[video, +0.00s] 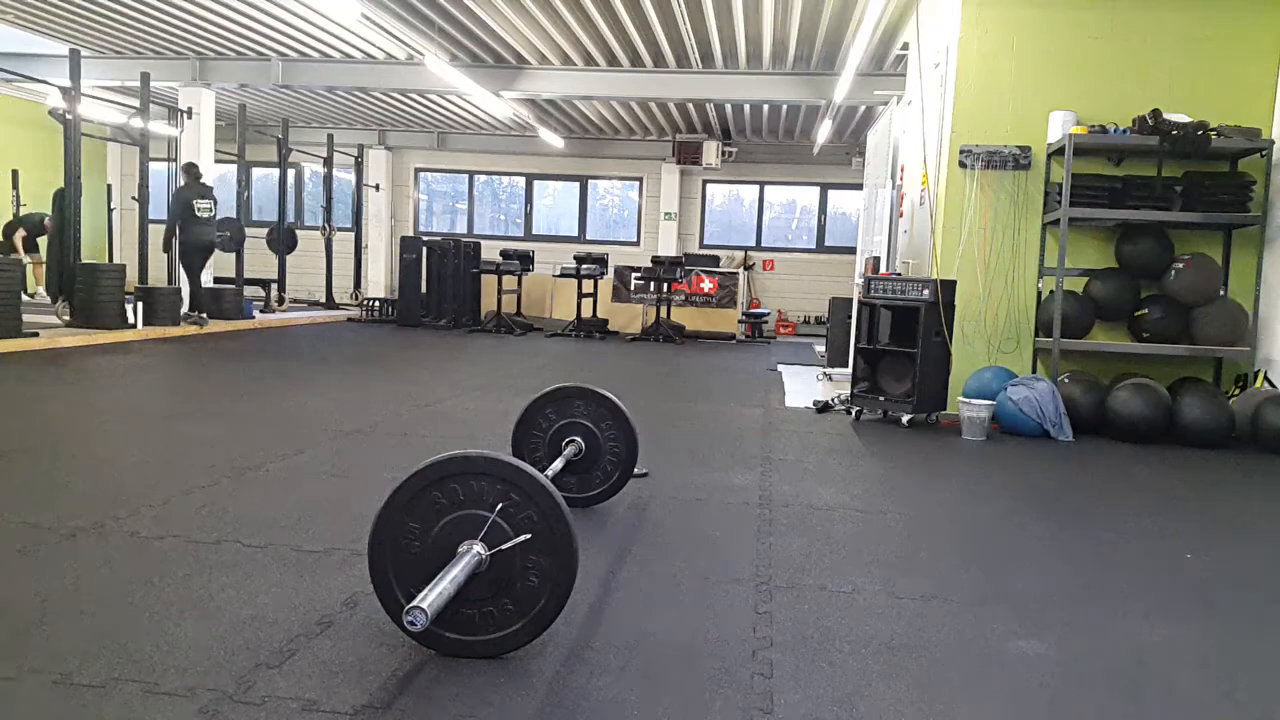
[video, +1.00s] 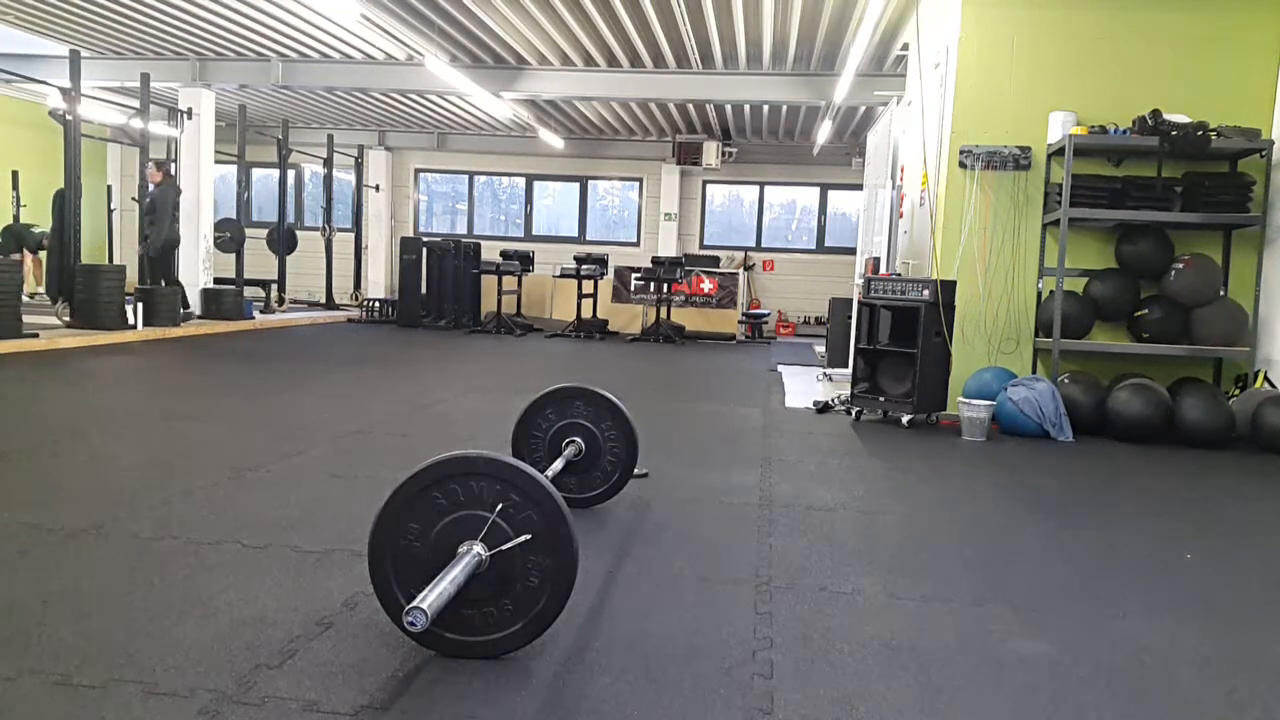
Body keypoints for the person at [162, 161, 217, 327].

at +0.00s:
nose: (182, 177)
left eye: (183, 174)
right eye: (184, 174)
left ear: (185, 174)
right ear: (198, 173)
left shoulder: (180, 193)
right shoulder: (209, 192)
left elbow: (172, 219)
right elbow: (213, 215)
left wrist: (167, 241)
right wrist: (210, 235)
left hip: (189, 240)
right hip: (209, 240)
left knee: (194, 277)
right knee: (195, 276)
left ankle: (202, 314)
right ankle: (191, 311)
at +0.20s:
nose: (177, 177)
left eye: (179, 174)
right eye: (178, 174)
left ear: (183, 174)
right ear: (194, 173)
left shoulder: (179, 191)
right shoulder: (204, 190)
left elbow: (173, 218)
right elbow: (203, 215)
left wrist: (169, 239)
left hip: (184, 237)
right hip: (202, 237)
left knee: (179, 272)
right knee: (190, 272)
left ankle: (193, 305)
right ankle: (191, 308)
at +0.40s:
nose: (171, 176)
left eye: (173, 173)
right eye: (171, 173)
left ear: (180, 173)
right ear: (186, 173)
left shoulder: (180, 190)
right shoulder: (196, 188)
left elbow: (174, 216)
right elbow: (198, 215)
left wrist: (164, 236)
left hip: (182, 235)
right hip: (198, 235)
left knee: (166, 270)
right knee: (187, 272)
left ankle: (172, 308)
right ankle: (191, 311)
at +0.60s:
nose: (163, 176)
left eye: (165, 173)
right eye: (163, 173)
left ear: (174, 173)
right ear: (175, 174)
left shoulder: (177, 190)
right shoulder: (186, 188)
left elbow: (174, 219)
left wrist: (162, 243)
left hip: (177, 237)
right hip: (189, 236)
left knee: (163, 272)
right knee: (185, 272)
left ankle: (163, 310)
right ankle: (190, 310)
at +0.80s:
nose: (154, 175)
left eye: (157, 172)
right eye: (155, 172)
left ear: (166, 174)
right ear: (167, 174)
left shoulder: (169, 192)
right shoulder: (175, 190)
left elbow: (168, 223)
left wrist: (162, 248)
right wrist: (155, 241)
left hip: (171, 238)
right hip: (179, 236)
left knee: (161, 274)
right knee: (179, 274)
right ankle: (189, 311)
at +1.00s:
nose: (148, 174)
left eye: (152, 171)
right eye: (149, 171)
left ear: (161, 173)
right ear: (160, 174)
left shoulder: (164, 191)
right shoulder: (163, 189)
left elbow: (162, 221)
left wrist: (151, 246)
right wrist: (146, 241)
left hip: (161, 238)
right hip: (166, 237)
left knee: (155, 277)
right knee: (168, 276)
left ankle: (157, 310)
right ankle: (185, 308)